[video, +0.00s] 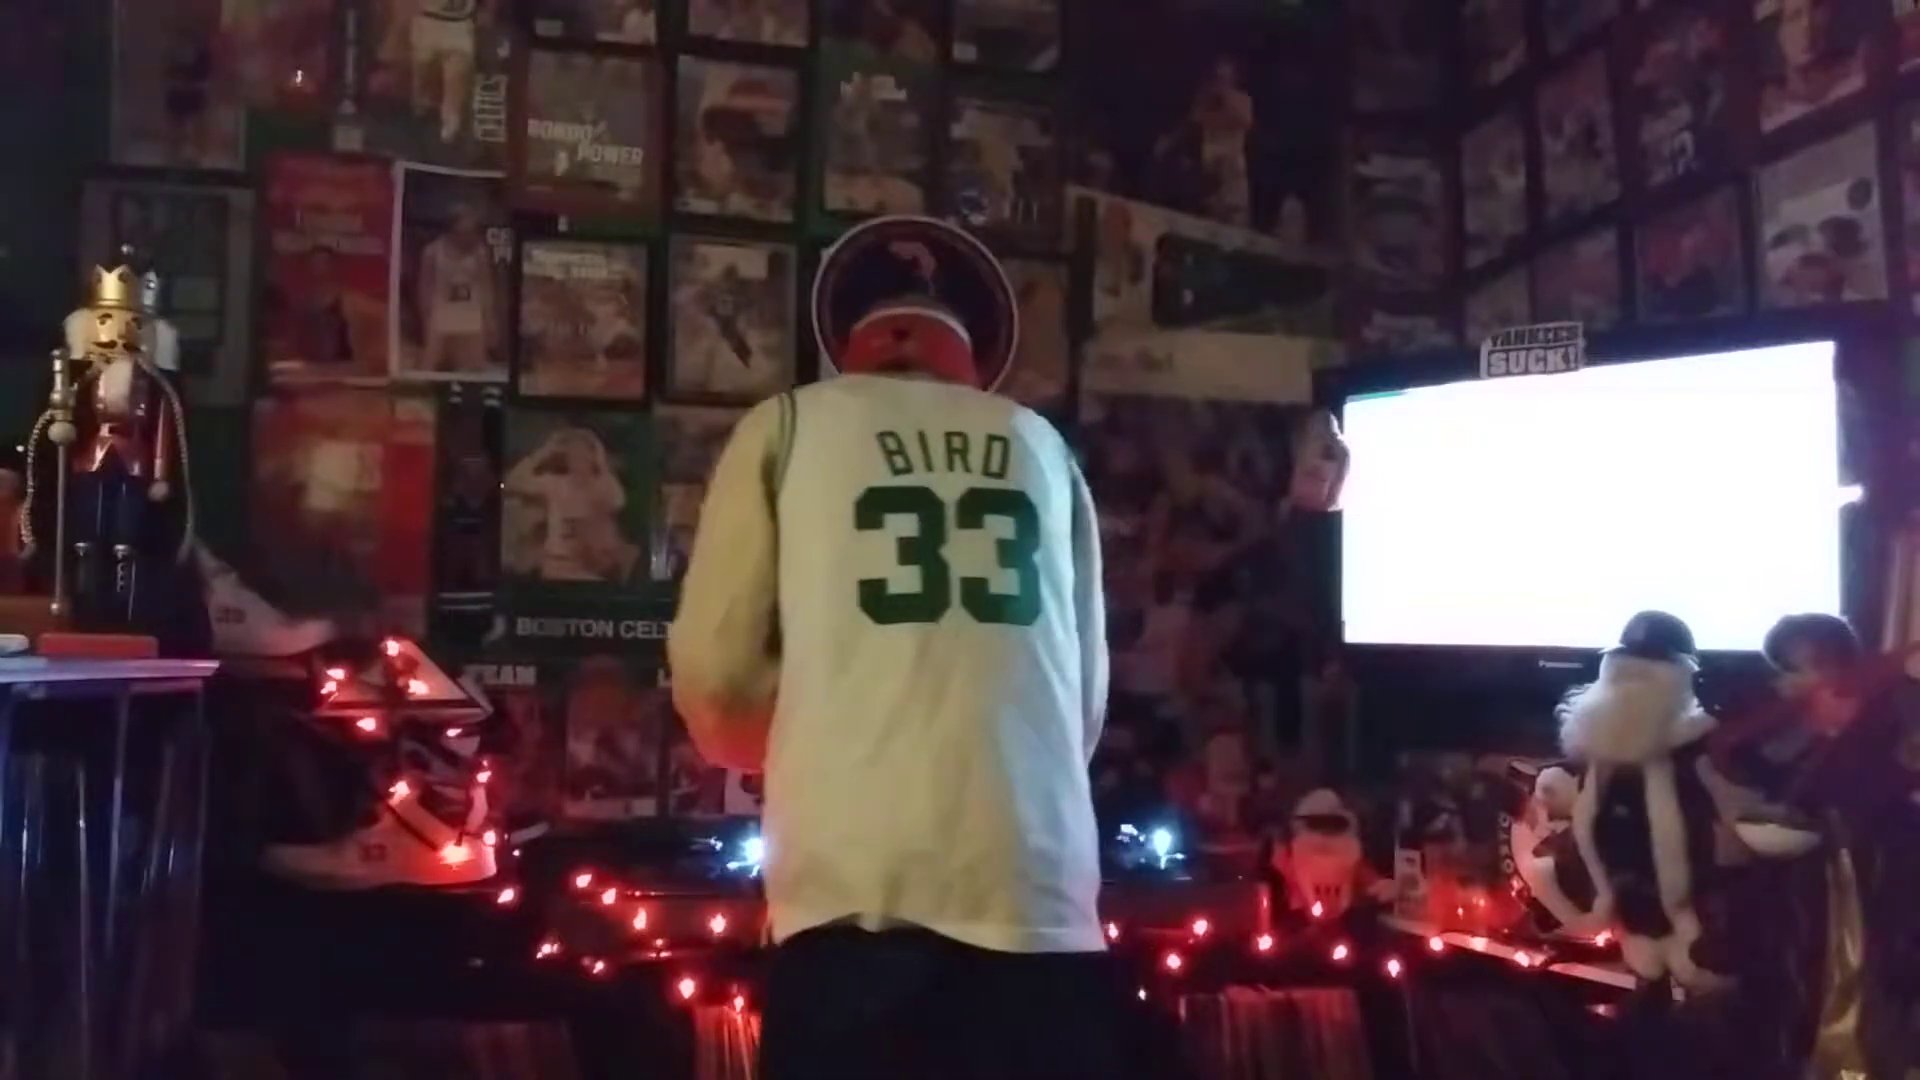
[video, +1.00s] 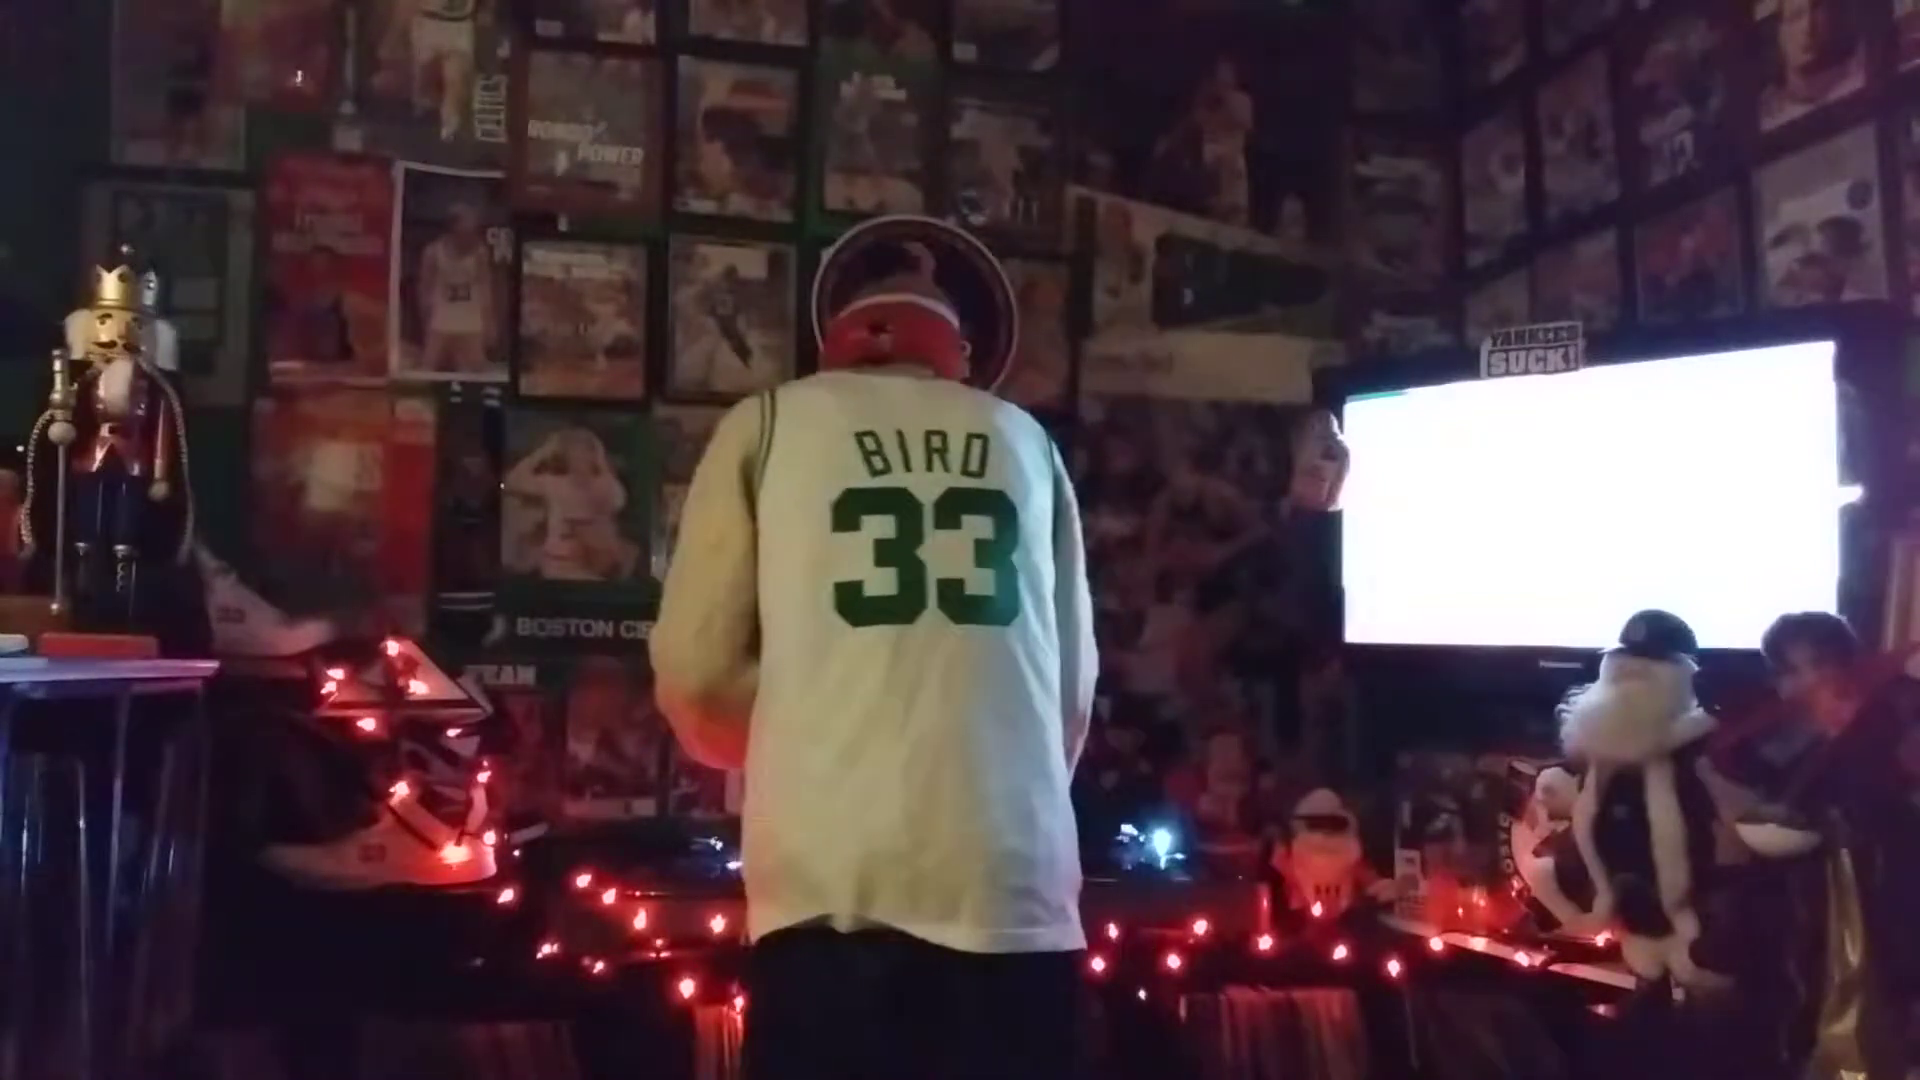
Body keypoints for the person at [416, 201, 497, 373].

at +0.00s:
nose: (467, 236)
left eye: (471, 231)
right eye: (463, 231)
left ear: (476, 231)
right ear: (453, 229)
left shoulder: (481, 252)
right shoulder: (434, 252)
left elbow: (488, 289)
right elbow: (425, 287)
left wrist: (490, 321)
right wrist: (428, 317)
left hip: (472, 323)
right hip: (441, 323)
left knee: (474, 375)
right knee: (431, 375)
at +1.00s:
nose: (466, 236)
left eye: (470, 231)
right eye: (462, 230)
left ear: (475, 230)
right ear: (452, 229)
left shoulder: (481, 252)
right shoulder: (434, 252)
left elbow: (487, 289)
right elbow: (425, 286)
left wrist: (490, 323)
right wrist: (427, 313)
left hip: (472, 326)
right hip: (441, 325)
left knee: (474, 376)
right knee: (432, 377)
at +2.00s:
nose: (466, 237)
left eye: (470, 231)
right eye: (462, 231)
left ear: (475, 231)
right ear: (452, 230)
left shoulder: (480, 253)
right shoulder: (434, 253)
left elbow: (486, 291)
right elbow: (425, 288)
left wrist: (490, 324)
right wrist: (427, 319)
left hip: (472, 330)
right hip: (440, 329)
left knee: (473, 382)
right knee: (434, 381)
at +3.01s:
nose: (467, 236)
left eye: (471, 231)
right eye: (463, 231)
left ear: (476, 231)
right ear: (453, 229)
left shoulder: (481, 253)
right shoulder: (433, 253)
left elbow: (486, 291)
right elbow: (425, 288)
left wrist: (490, 325)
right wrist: (427, 317)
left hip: (471, 324)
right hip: (440, 324)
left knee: (473, 376)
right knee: (433, 376)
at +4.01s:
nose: (467, 236)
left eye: (471, 231)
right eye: (463, 231)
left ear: (476, 231)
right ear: (453, 230)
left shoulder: (480, 253)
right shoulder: (433, 253)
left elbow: (486, 289)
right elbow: (426, 289)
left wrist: (489, 322)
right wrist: (426, 320)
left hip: (472, 326)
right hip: (440, 326)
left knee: (473, 379)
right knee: (433, 379)